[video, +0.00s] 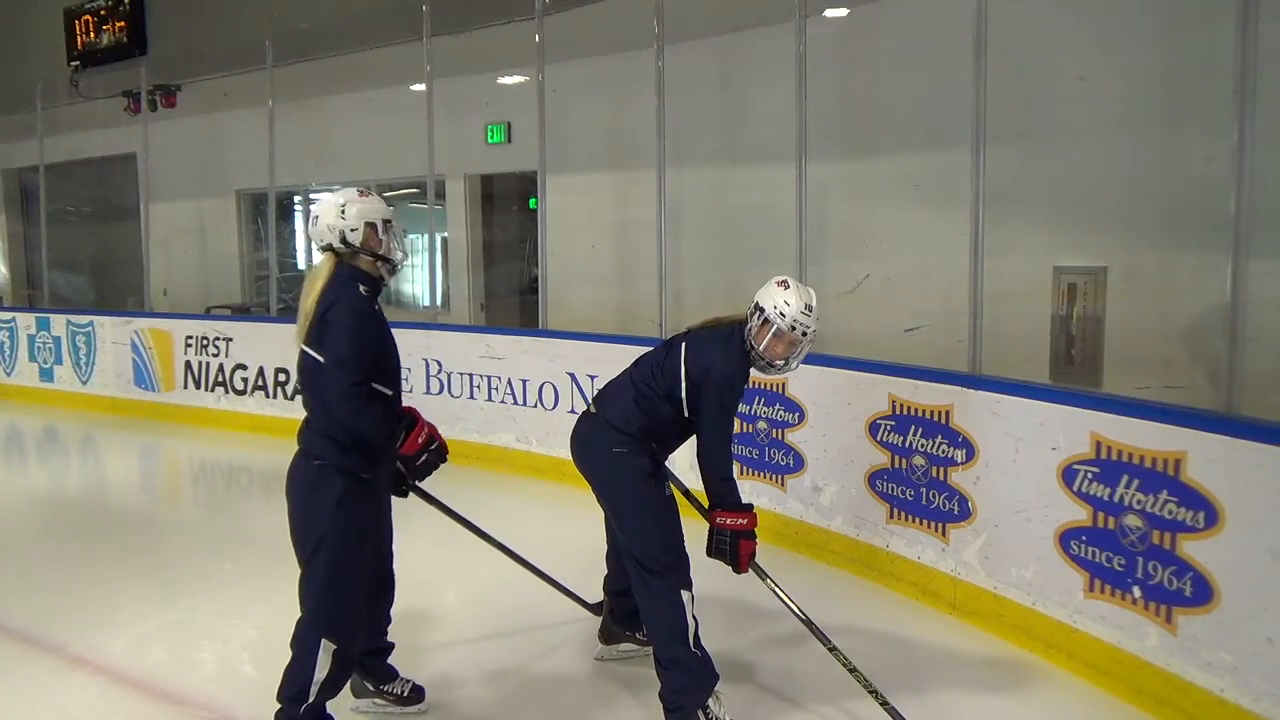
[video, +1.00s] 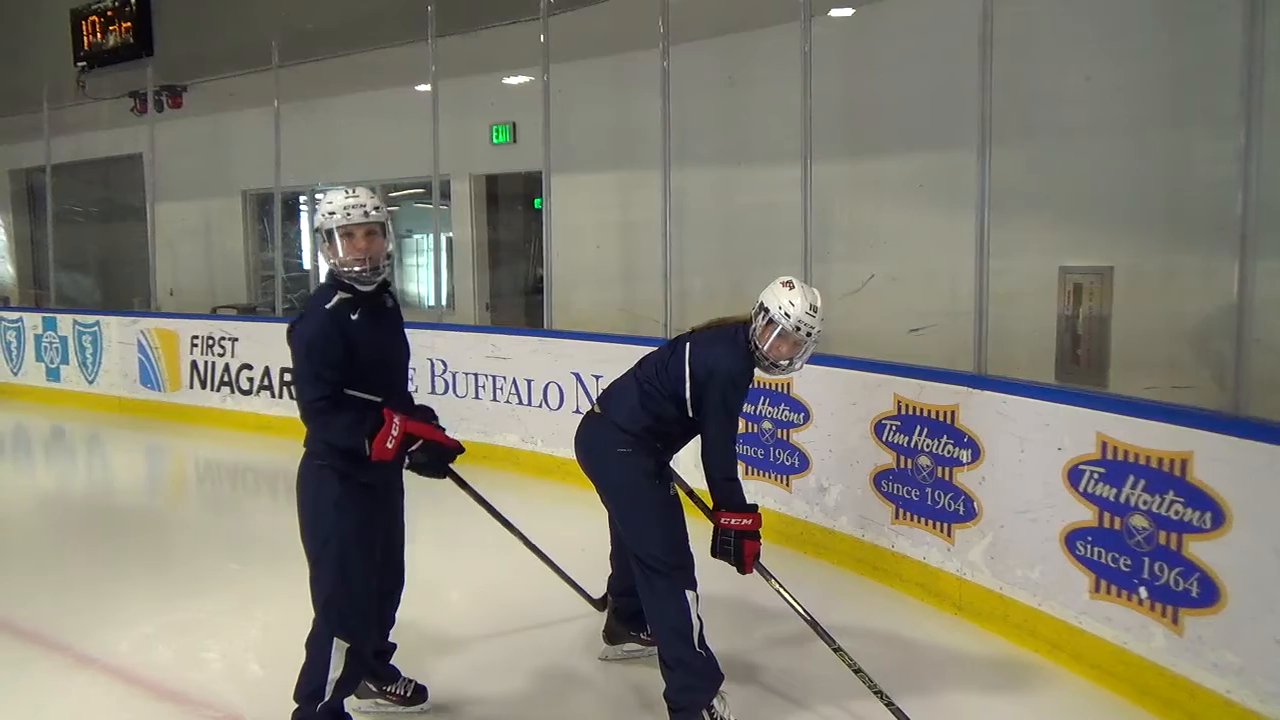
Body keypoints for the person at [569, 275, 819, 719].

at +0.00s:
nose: (775, 348)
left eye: (788, 342)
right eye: (771, 333)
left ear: (802, 345)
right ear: (755, 320)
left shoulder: (725, 340)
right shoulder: (725, 363)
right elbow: (714, 449)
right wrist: (732, 516)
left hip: (604, 434)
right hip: (620, 445)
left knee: (630, 534)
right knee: (664, 569)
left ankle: (621, 623)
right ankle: (689, 703)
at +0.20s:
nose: (775, 348)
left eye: (788, 342)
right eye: (772, 333)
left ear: (801, 345)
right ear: (756, 320)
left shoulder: (725, 340)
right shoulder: (725, 363)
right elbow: (714, 449)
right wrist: (732, 517)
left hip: (603, 434)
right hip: (620, 445)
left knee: (630, 533)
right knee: (664, 569)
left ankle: (621, 623)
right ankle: (689, 703)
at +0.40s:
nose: (776, 348)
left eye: (789, 343)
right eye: (773, 334)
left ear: (802, 346)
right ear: (756, 320)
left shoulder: (726, 341)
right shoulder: (725, 363)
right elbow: (714, 448)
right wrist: (732, 517)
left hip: (604, 435)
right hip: (621, 446)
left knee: (631, 535)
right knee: (666, 570)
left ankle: (622, 623)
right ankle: (690, 703)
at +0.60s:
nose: (778, 348)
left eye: (791, 342)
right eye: (774, 334)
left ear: (803, 346)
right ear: (758, 320)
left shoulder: (726, 340)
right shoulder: (726, 363)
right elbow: (716, 449)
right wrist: (734, 517)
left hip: (605, 435)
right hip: (622, 446)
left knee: (631, 536)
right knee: (667, 569)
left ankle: (623, 624)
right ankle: (691, 703)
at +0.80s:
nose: (777, 347)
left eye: (791, 342)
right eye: (773, 333)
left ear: (804, 346)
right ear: (758, 320)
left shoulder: (727, 341)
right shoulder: (727, 363)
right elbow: (717, 449)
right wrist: (735, 517)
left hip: (606, 434)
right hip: (623, 446)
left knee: (633, 533)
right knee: (667, 569)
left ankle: (624, 623)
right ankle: (692, 703)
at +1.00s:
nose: (778, 347)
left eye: (792, 341)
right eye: (775, 333)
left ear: (806, 345)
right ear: (759, 320)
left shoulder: (729, 340)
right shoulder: (729, 363)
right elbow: (718, 448)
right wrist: (736, 518)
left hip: (607, 435)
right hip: (625, 446)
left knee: (635, 536)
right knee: (670, 570)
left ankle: (625, 625)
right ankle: (693, 703)